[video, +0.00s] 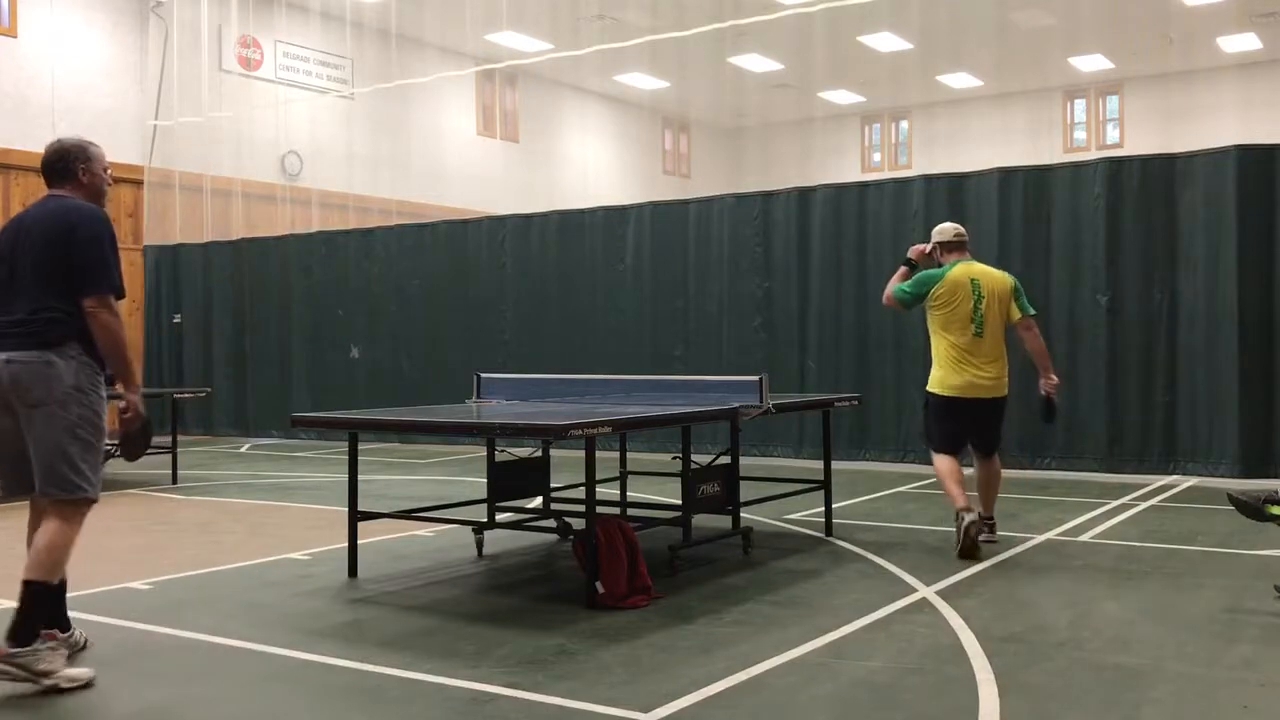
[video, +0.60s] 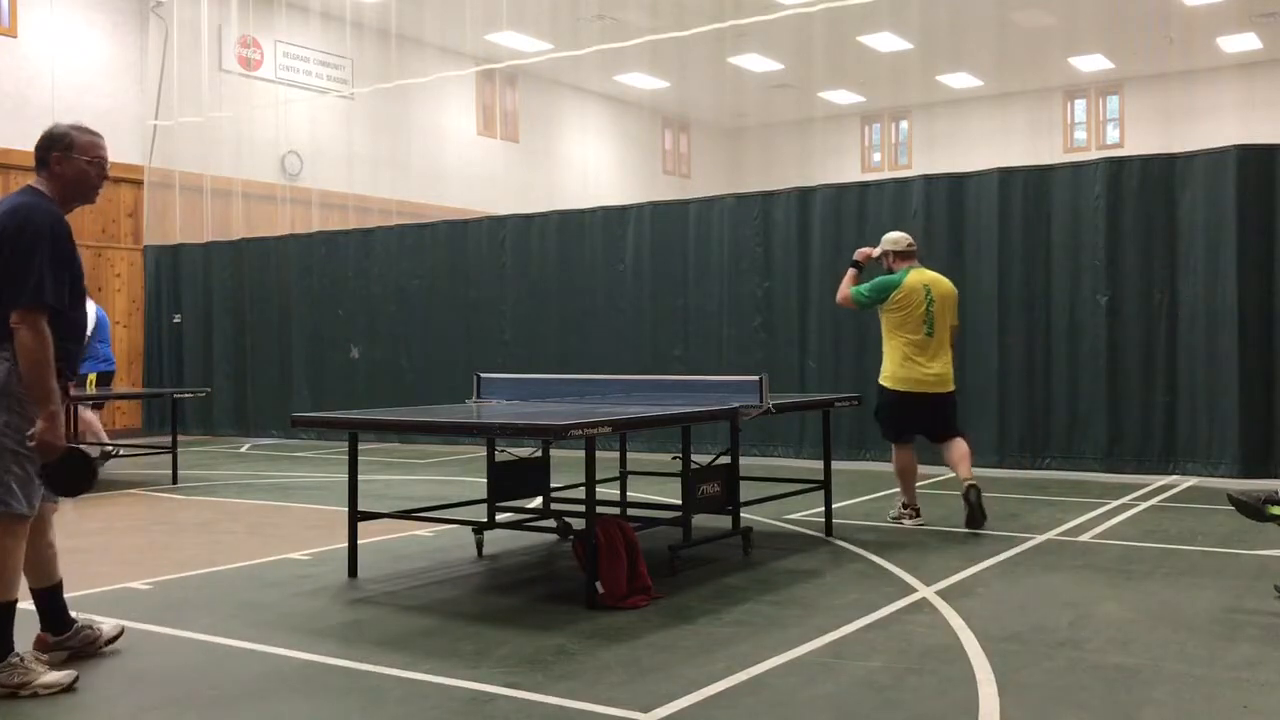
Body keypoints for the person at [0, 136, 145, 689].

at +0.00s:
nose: (110, 179)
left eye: (108, 170)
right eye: (105, 170)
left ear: (54, 176)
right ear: (84, 172)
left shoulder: (16, 224)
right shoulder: (88, 218)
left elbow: (15, 306)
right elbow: (98, 306)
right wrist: (130, 386)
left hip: (9, 366)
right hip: (57, 368)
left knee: (43, 503)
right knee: (70, 503)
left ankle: (54, 627)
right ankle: (22, 644)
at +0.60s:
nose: (104, 174)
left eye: (105, 165)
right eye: (94, 162)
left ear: (60, 164)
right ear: (55, 162)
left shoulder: (39, 215)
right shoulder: (33, 216)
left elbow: (36, 322)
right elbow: (28, 321)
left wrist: (65, 402)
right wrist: (50, 411)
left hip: (24, 385)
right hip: (14, 388)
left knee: (36, 509)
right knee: (13, 517)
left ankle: (58, 628)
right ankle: (6, 660)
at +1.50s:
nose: (130, 175)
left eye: (128, 167)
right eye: (125, 167)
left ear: (81, 171)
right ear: (102, 171)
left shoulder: (57, 221)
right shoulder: (78, 225)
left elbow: (69, 314)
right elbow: (82, 321)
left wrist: (128, 355)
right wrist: (115, 400)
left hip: (61, 374)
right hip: (65, 377)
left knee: (94, 503)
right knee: (78, 510)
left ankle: (66, 628)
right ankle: (11, 645)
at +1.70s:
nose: (136, 180)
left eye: (135, 171)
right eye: (132, 171)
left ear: (83, 174)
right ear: (112, 175)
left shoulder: (57, 222)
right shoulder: (97, 224)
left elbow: (79, 306)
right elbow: (103, 312)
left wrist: (147, 302)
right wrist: (146, 389)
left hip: (55, 374)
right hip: (85, 375)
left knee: (87, 503)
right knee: (136, 493)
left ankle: (65, 625)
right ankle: (61, 621)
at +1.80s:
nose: (142, 181)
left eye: (141, 172)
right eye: (138, 172)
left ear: (88, 175)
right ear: (118, 175)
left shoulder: (62, 222)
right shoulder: (105, 223)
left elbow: (85, 300)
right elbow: (113, 311)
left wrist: (150, 286)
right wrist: (156, 386)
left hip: (57, 375)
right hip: (95, 374)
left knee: (90, 497)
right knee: (158, 486)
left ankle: (59, 631)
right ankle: (112, 624)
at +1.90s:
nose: (150, 177)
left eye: (147, 168)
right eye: (146, 168)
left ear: (95, 175)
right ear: (130, 173)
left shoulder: (69, 222)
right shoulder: (115, 221)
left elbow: (94, 294)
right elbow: (121, 309)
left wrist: (159, 275)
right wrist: (164, 386)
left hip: (64, 373)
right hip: (104, 373)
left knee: (90, 500)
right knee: (168, 487)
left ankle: (63, 628)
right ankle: (171, 629)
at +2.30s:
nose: (212, 183)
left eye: (210, 175)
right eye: (209, 176)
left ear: (157, 181)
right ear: (197, 181)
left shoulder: (123, 229)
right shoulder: (188, 232)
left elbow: (143, 282)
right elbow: (188, 321)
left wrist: (204, 270)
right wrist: (214, 400)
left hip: (117, 376)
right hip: (168, 379)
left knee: (115, 501)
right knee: (222, 495)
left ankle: (65, 626)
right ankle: (232, 619)